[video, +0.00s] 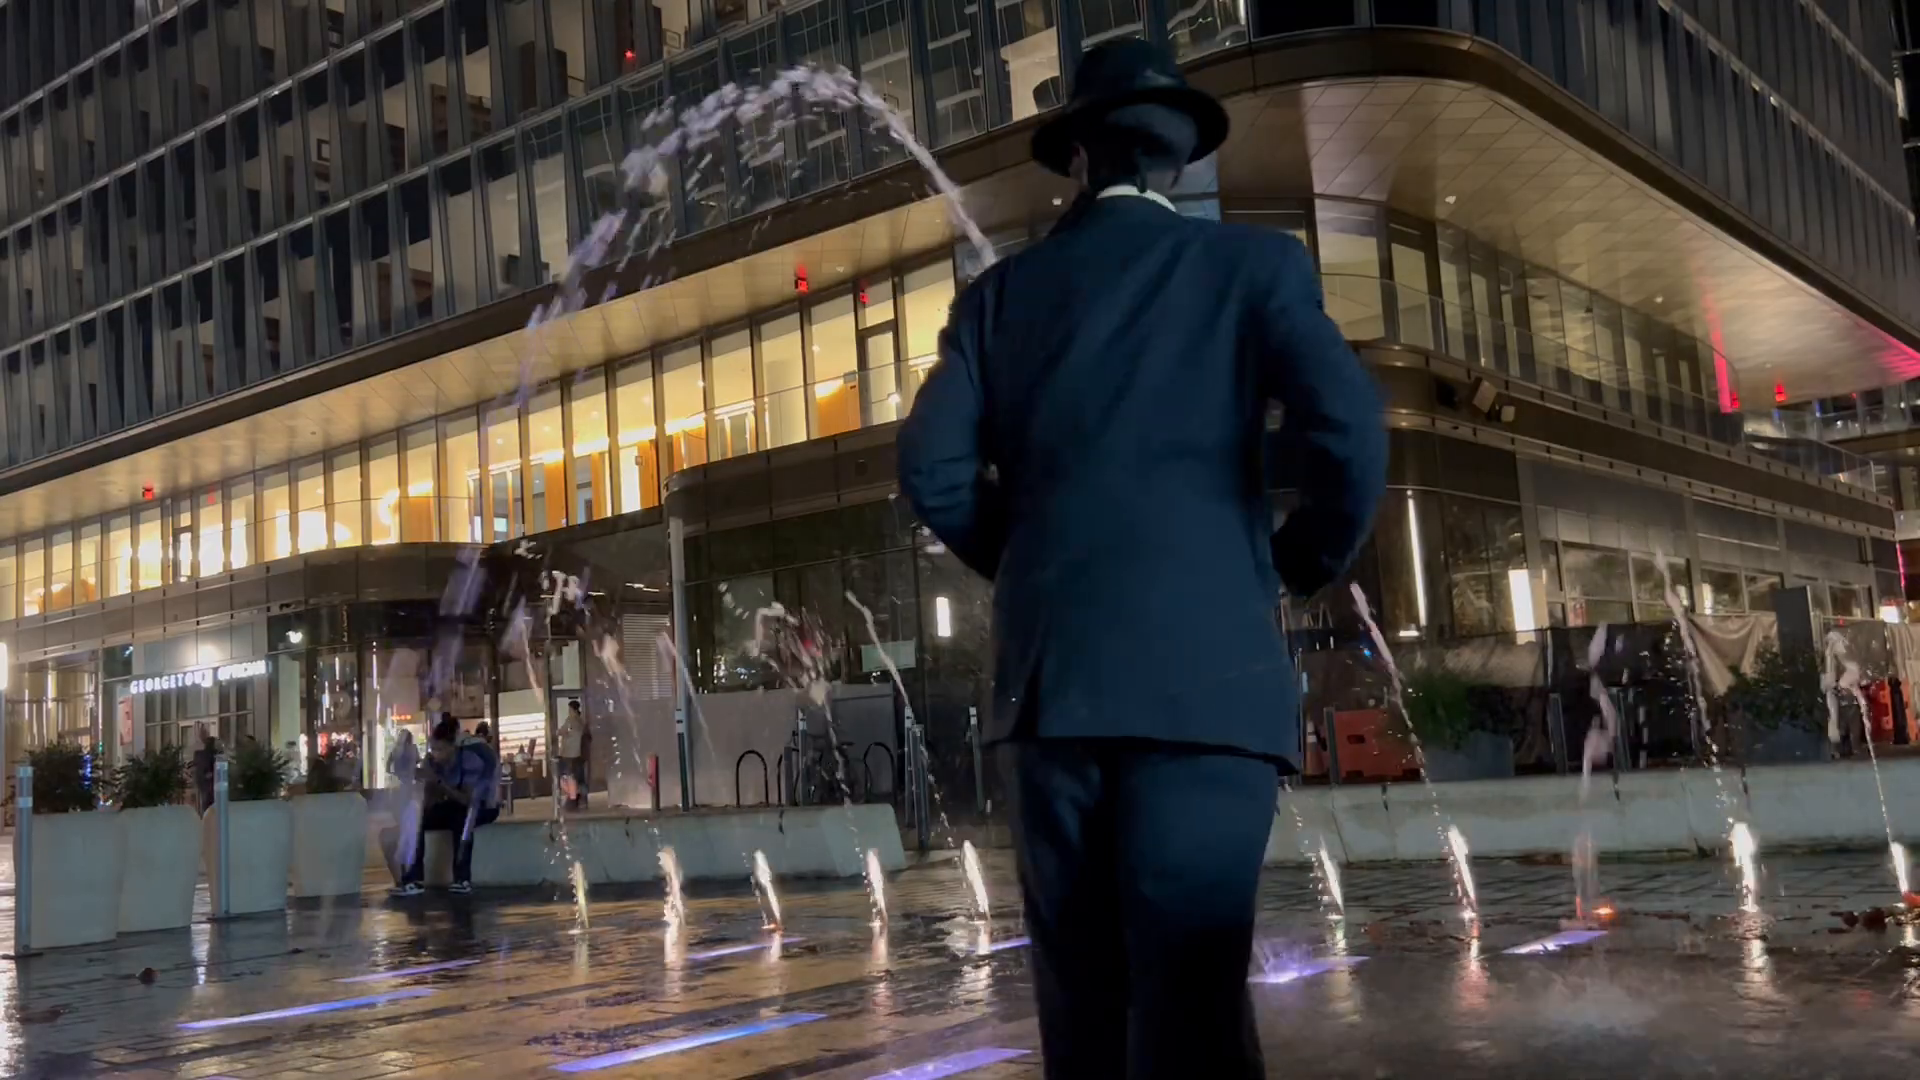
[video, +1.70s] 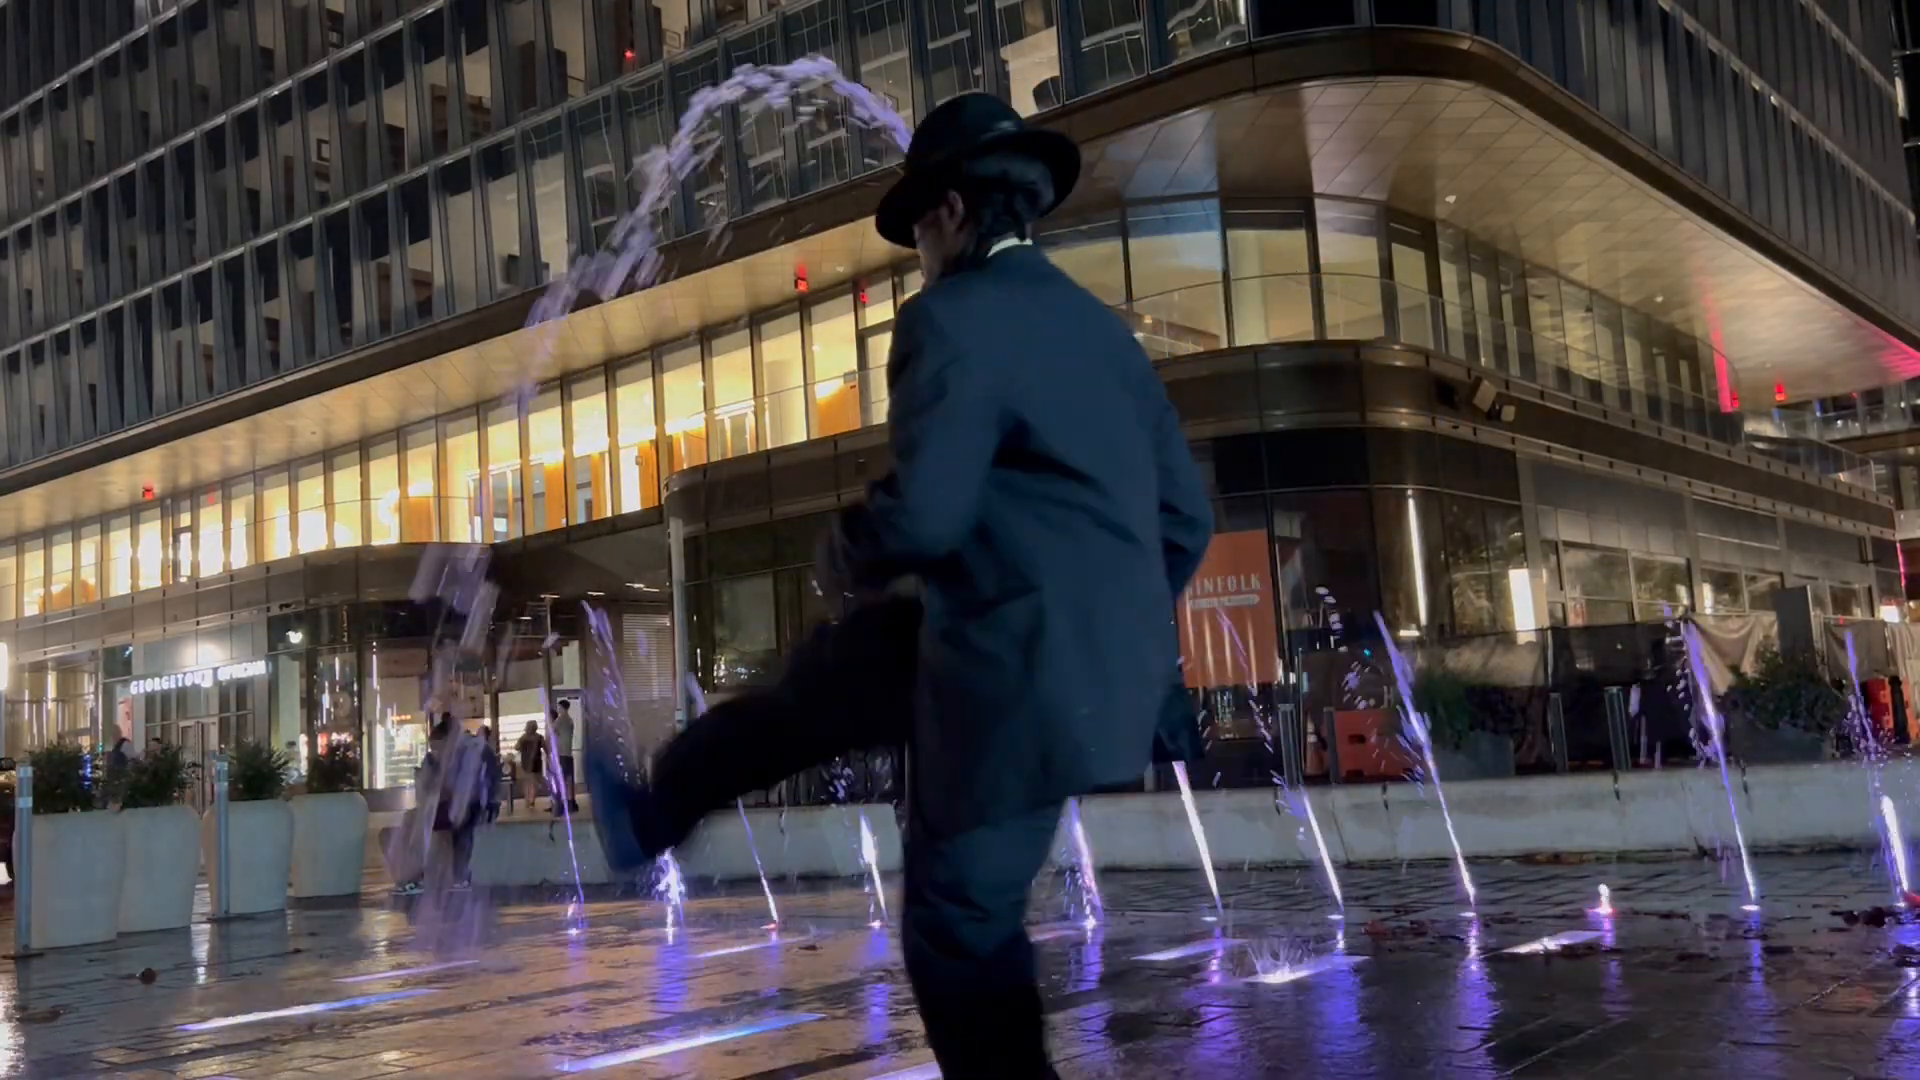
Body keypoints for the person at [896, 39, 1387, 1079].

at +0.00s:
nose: (1204, 171)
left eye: (1074, 155)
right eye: (1196, 153)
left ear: (1075, 170)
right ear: (1191, 163)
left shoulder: (1000, 292)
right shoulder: (1256, 262)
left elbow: (932, 467)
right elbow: (1351, 440)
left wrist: (1029, 555)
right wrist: (1300, 561)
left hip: (1049, 670)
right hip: (1206, 664)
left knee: (1079, 998)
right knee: (1194, 993)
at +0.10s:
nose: (1037, 184)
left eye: (1042, 162)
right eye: (1039, 163)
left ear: (1072, 160)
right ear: (1166, 161)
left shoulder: (992, 292)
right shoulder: (1269, 282)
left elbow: (925, 466)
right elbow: (1368, 436)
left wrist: (1009, 565)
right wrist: (1290, 564)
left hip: (1049, 679)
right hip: (1221, 670)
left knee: (1070, 1008)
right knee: (1199, 1000)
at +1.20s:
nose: (1024, 240)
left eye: (1026, 218)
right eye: (1026, 219)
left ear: (1050, 215)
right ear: (1133, 212)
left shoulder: (1039, 314)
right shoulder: (1241, 321)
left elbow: (1049, 463)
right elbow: (1345, 462)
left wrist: (999, 534)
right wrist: (1273, 557)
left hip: (1158, 656)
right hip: (1303, 644)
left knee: (1087, 918)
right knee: (1321, 915)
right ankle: (1406, 1078)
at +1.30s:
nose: (991, 267)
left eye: (994, 244)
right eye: (991, 246)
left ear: (1021, 239)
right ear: (1093, 240)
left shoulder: (1033, 331)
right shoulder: (1159, 349)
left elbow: (1092, 487)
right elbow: (1231, 518)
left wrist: (995, 588)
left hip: (1144, 705)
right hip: (1255, 688)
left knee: (1054, 979)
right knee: (1296, 956)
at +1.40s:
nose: (957, 234)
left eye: (959, 210)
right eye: (956, 212)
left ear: (992, 206)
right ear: (1049, 204)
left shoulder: (1022, 292)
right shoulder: (1091, 298)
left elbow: (1090, 451)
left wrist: (985, 576)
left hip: (1095, 694)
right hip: (1149, 681)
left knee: (1017, 949)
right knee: (1143, 936)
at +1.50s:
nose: (952, 218)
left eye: (954, 194)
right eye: (951, 197)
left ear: (986, 188)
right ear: (1048, 186)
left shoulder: (1008, 277)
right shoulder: (1100, 288)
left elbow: (1035, 469)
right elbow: (1135, 488)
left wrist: (941, 573)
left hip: (1063, 663)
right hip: (1123, 650)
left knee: (994, 939)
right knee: (1018, 931)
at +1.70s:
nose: (915, 245)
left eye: (917, 222)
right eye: (914, 225)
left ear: (953, 212)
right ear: (1020, 211)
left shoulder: (953, 315)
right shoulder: (1101, 327)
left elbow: (927, 518)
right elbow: (1186, 511)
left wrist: (854, 538)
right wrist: (1121, 614)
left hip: (1017, 669)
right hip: (1110, 661)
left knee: (959, 929)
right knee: (846, 672)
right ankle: (656, 811)